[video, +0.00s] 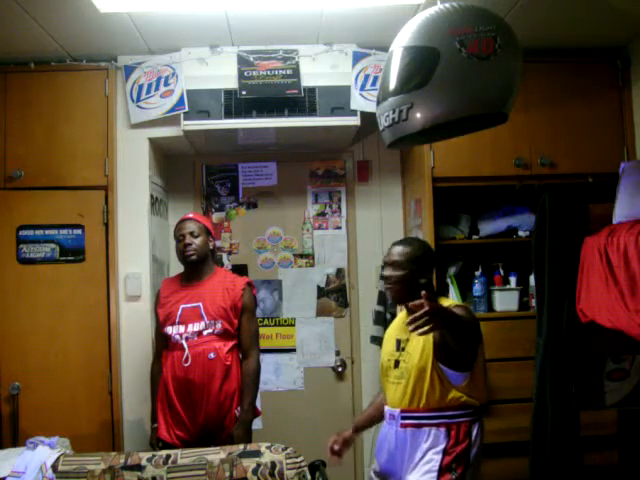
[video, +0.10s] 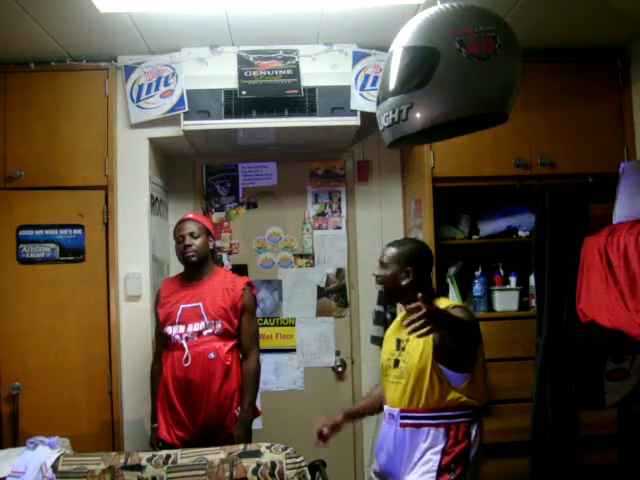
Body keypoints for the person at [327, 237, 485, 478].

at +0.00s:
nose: (385, 274)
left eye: (395, 266)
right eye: (384, 266)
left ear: (421, 276)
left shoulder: (454, 314)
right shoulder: (400, 319)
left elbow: (467, 344)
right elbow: (393, 392)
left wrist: (443, 318)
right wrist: (353, 430)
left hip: (438, 442)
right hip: (393, 441)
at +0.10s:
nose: (376, 274)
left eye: (384, 266)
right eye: (379, 266)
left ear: (407, 275)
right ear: (405, 276)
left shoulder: (454, 314)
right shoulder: (397, 325)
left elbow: (468, 341)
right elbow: (390, 389)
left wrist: (440, 319)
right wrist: (343, 417)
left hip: (438, 443)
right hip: (393, 440)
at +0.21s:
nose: (375, 275)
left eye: (381, 267)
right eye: (376, 267)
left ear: (404, 271)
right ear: (401, 271)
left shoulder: (450, 311)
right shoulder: (395, 324)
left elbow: (472, 347)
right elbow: (384, 388)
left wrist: (436, 328)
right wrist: (331, 394)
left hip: (438, 437)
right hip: (395, 435)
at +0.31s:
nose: (371, 276)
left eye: (377, 269)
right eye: (373, 268)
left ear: (400, 276)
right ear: (398, 278)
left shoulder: (447, 312)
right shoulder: (396, 323)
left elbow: (479, 350)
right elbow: (377, 376)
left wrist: (433, 340)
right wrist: (314, 369)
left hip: (440, 437)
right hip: (397, 434)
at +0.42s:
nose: (371, 279)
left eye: (377, 272)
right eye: (373, 271)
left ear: (400, 279)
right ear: (397, 280)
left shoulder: (447, 318)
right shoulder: (395, 328)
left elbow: (483, 362)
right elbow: (358, 365)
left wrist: (431, 351)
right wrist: (300, 350)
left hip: (443, 442)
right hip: (399, 440)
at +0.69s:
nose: (374, 277)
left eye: (384, 269)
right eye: (373, 269)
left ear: (411, 275)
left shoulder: (446, 318)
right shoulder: (392, 323)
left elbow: (482, 374)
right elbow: (384, 377)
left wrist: (439, 398)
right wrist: (325, 366)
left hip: (437, 439)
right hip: (393, 437)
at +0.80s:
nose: (372, 284)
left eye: (382, 277)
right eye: (372, 276)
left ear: (410, 285)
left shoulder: (444, 332)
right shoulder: (393, 331)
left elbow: (487, 390)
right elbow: (392, 392)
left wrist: (442, 424)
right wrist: (339, 391)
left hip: (435, 455)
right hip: (393, 450)